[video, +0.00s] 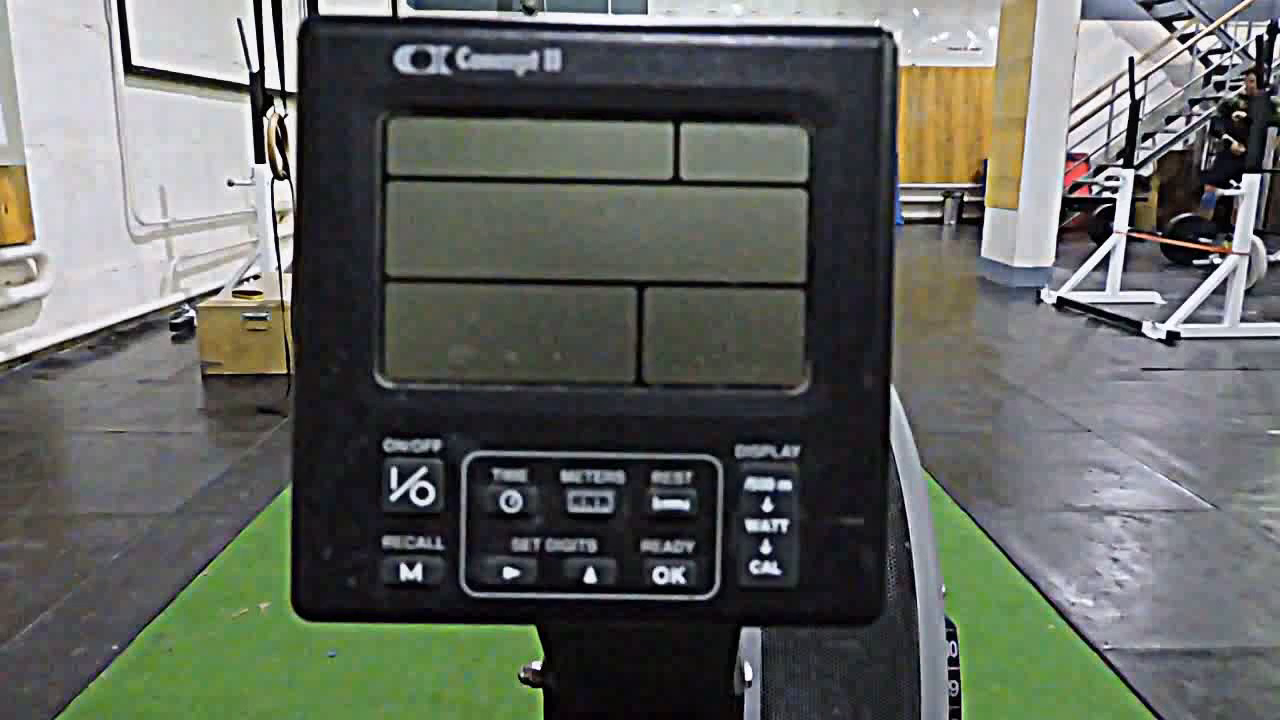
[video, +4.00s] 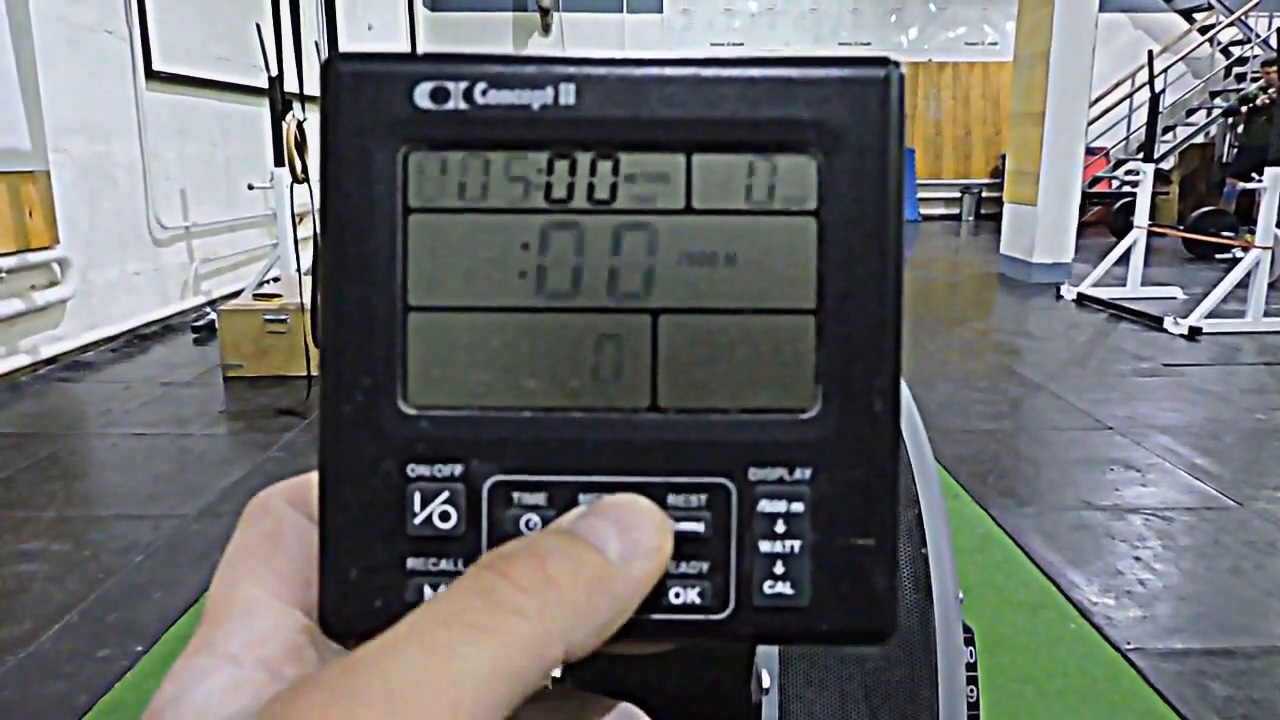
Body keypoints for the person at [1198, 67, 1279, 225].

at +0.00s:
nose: (1249, 85)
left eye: (1253, 81)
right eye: (1247, 81)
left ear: (1261, 84)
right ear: (1244, 82)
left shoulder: (1267, 105)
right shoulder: (1231, 103)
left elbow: (1269, 127)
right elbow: (1216, 127)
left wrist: (1248, 119)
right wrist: (1230, 142)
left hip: (1254, 156)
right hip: (1230, 156)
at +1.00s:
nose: (1258, 64)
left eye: (1262, 61)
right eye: (1256, 61)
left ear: (1268, 63)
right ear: (1251, 62)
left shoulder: (1272, 84)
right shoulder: (1238, 83)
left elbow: (1273, 109)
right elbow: (1222, 107)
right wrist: (1236, 120)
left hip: (1261, 135)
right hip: (1238, 134)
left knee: (1255, 173)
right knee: (1220, 167)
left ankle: (1248, 213)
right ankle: (1211, 210)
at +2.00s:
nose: (1262, 65)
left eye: (1266, 61)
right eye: (1260, 61)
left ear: (1273, 64)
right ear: (1256, 62)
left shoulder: (1274, 82)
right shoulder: (1246, 80)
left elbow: (1274, 107)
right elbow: (1229, 95)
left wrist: (1254, 104)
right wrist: (1238, 101)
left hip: (1264, 134)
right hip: (1242, 132)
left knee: (1261, 171)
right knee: (1225, 167)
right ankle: (1216, 206)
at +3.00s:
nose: (1270, 73)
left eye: (1274, 69)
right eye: (1268, 69)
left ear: (1279, 71)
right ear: (1265, 70)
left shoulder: (1276, 91)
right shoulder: (1256, 88)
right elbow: (1227, 100)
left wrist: (1270, 101)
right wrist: (1253, 106)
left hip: (1272, 146)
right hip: (1250, 143)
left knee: (1269, 184)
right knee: (1232, 177)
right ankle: (1221, 220)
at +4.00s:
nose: (1268, 77)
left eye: (1271, 73)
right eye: (1265, 73)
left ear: (1278, 73)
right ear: (1261, 74)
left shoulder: (1276, 94)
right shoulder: (1254, 92)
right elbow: (1227, 111)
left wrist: (1274, 100)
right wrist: (1255, 106)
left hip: (1272, 150)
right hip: (1249, 148)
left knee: (1270, 188)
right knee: (1232, 182)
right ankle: (1221, 224)